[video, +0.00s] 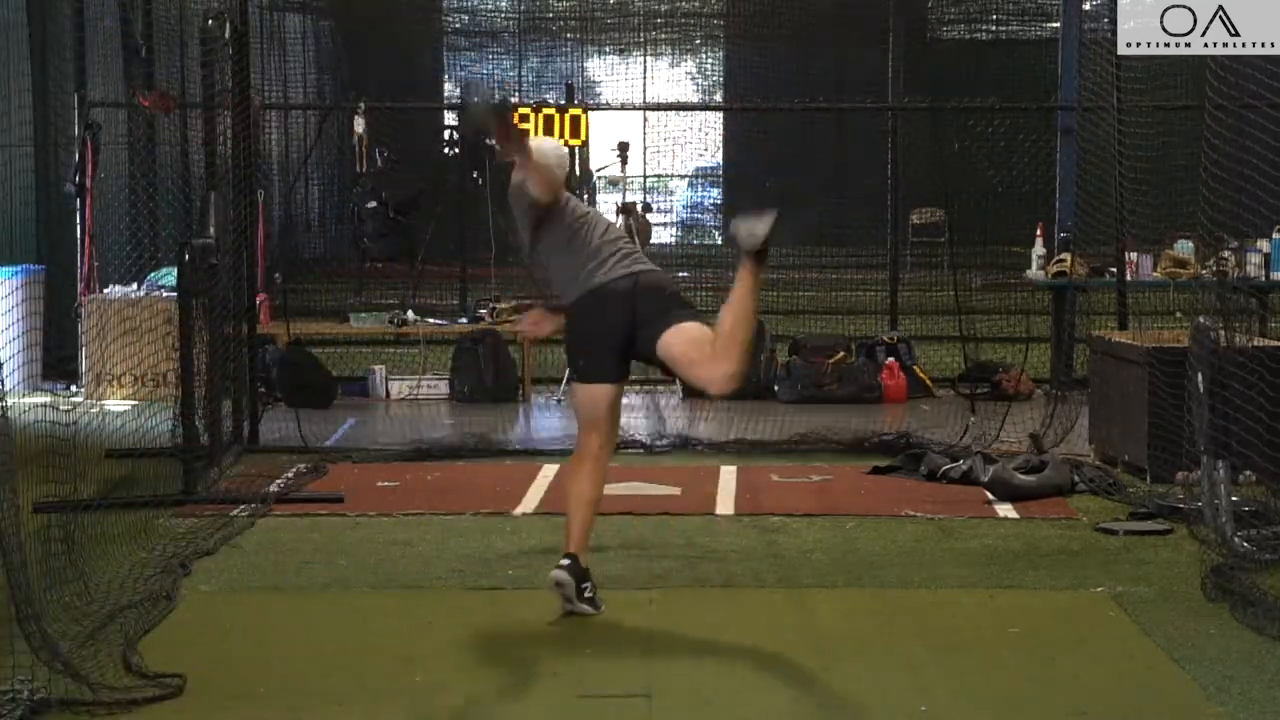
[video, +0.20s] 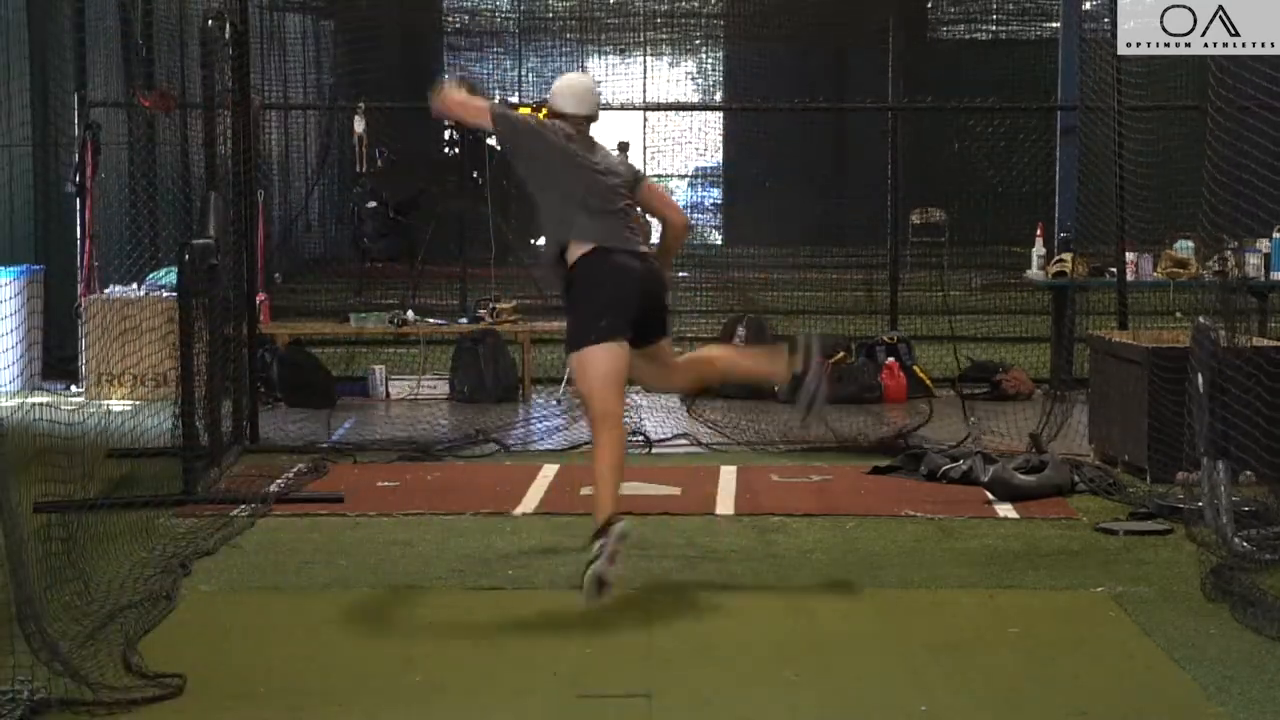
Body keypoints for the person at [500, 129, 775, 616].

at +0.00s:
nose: (501, 157)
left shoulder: (524, 185)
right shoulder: (550, 210)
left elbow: (550, 182)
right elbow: (606, 277)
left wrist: (526, 152)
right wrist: (561, 315)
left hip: (597, 306)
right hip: (647, 288)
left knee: (593, 443)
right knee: (720, 376)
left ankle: (574, 561)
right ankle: (751, 257)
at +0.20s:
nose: (547, 116)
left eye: (547, 111)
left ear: (549, 113)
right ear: (592, 120)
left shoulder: (532, 134)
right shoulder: (614, 163)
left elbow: (453, 104)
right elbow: (677, 221)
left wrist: (448, 87)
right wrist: (654, 271)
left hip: (596, 276)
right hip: (644, 276)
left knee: (606, 418)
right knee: (667, 374)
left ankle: (605, 530)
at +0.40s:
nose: (568, 132)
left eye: (565, 125)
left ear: (564, 127)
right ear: (606, 128)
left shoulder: (547, 182)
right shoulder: (633, 180)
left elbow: (525, 262)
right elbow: (680, 239)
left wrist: (522, 327)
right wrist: (709, 287)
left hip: (598, 307)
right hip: (639, 302)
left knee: (609, 423)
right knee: (610, 423)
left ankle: (676, 429)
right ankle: (646, 525)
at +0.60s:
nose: (546, 88)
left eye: (546, 82)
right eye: (554, 83)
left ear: (547, 85)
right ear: (586, 84)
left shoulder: (561, 131)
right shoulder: (604, 126)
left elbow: (591, 188)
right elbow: (646, 176)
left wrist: (574, 262)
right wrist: (624, 215)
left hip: (605, 261)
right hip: (640, 260)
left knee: (576, 374)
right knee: (639, 374)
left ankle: (630, 477)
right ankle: (648, 488)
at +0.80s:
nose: (548, 91)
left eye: (548, 85)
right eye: (551, 85)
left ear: (553, 87)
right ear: (588, 85)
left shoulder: (576, 123)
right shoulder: (588, 126)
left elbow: (611, 155)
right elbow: (591, 197)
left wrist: (577, 198)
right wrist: (547, 211)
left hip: (583, 265)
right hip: (611, 262)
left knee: (577, 380)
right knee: (615, 372)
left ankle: (597, 492)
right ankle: (677, 465)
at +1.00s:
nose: (549, 99)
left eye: (550, 93)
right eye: (552, 93)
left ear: (556, 94)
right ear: (587, 93)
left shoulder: (583, 134)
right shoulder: (579, 136)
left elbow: (600, 190)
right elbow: (564, 206)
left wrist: (578, 235)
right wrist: (519, 229)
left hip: (582, 264)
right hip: (590, 264)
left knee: (577, 374)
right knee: (589, 366)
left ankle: (599, 493)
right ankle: (626, 448)